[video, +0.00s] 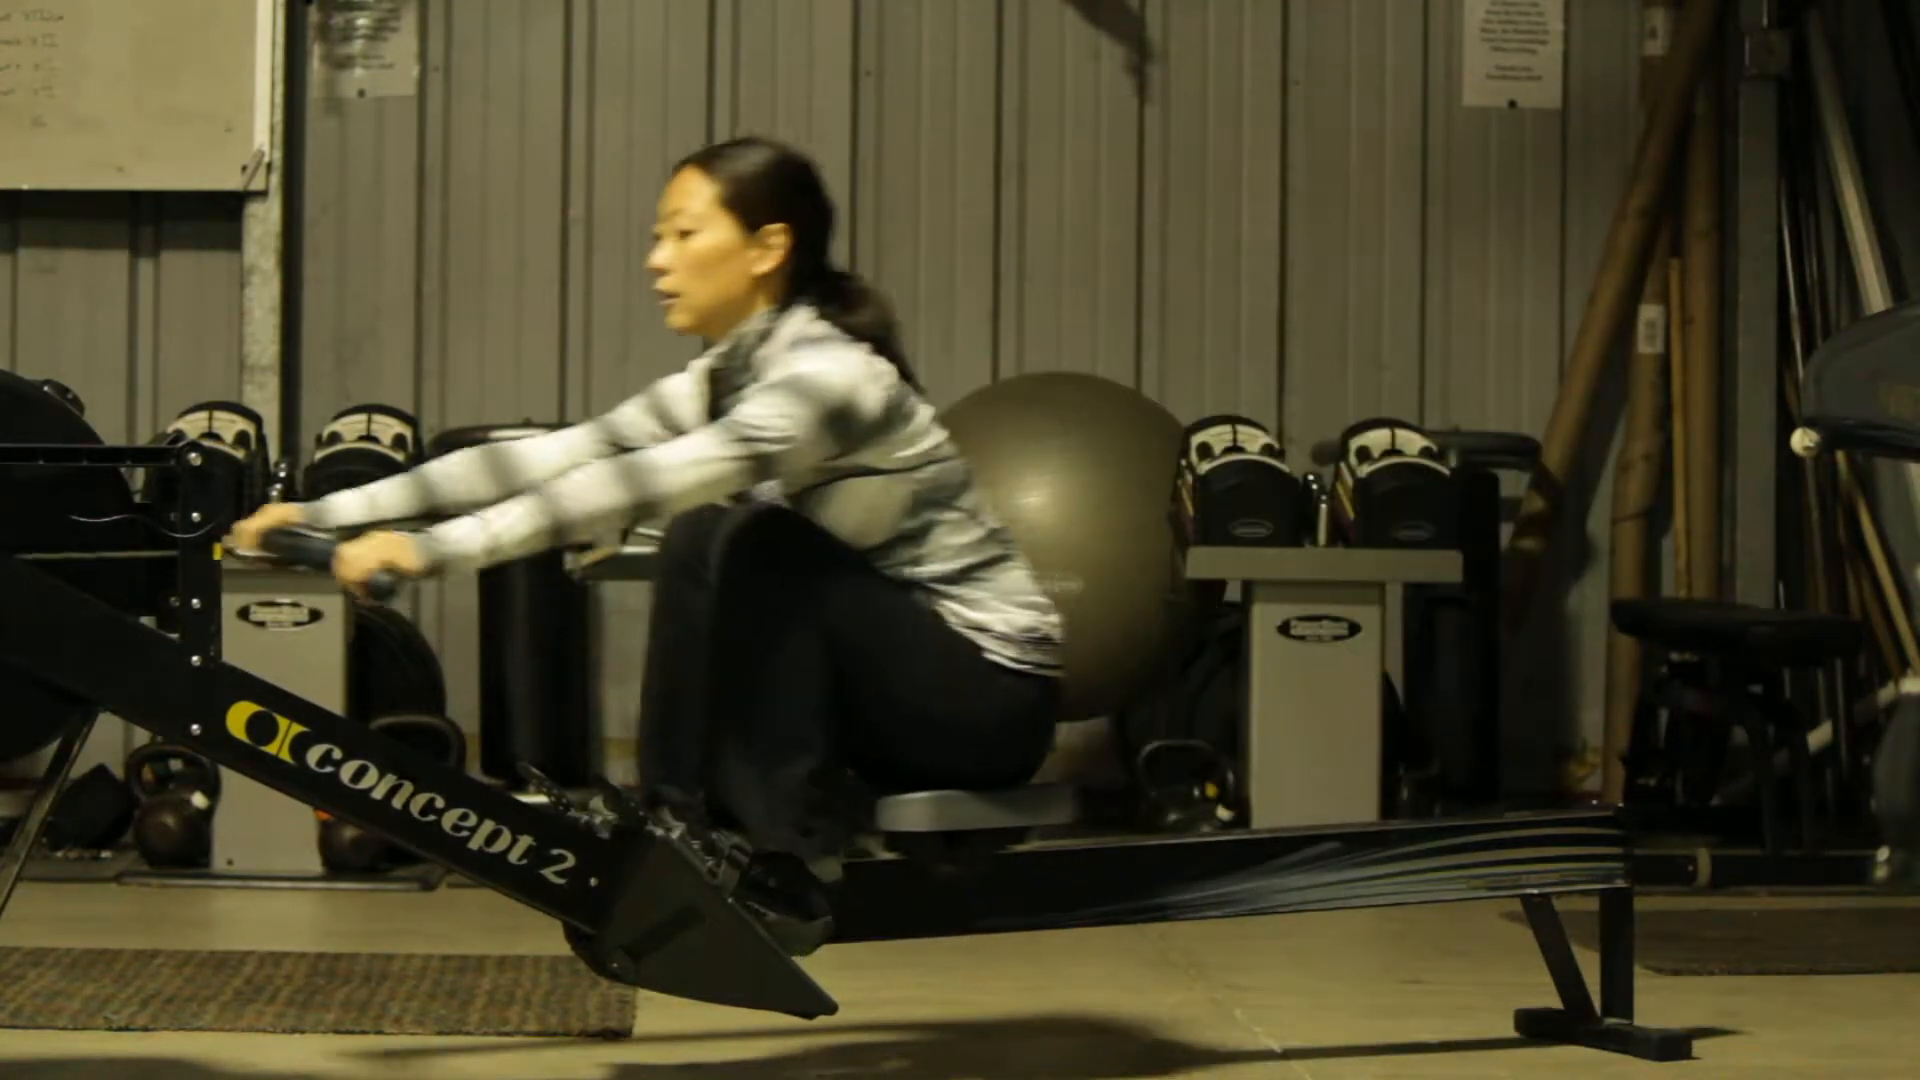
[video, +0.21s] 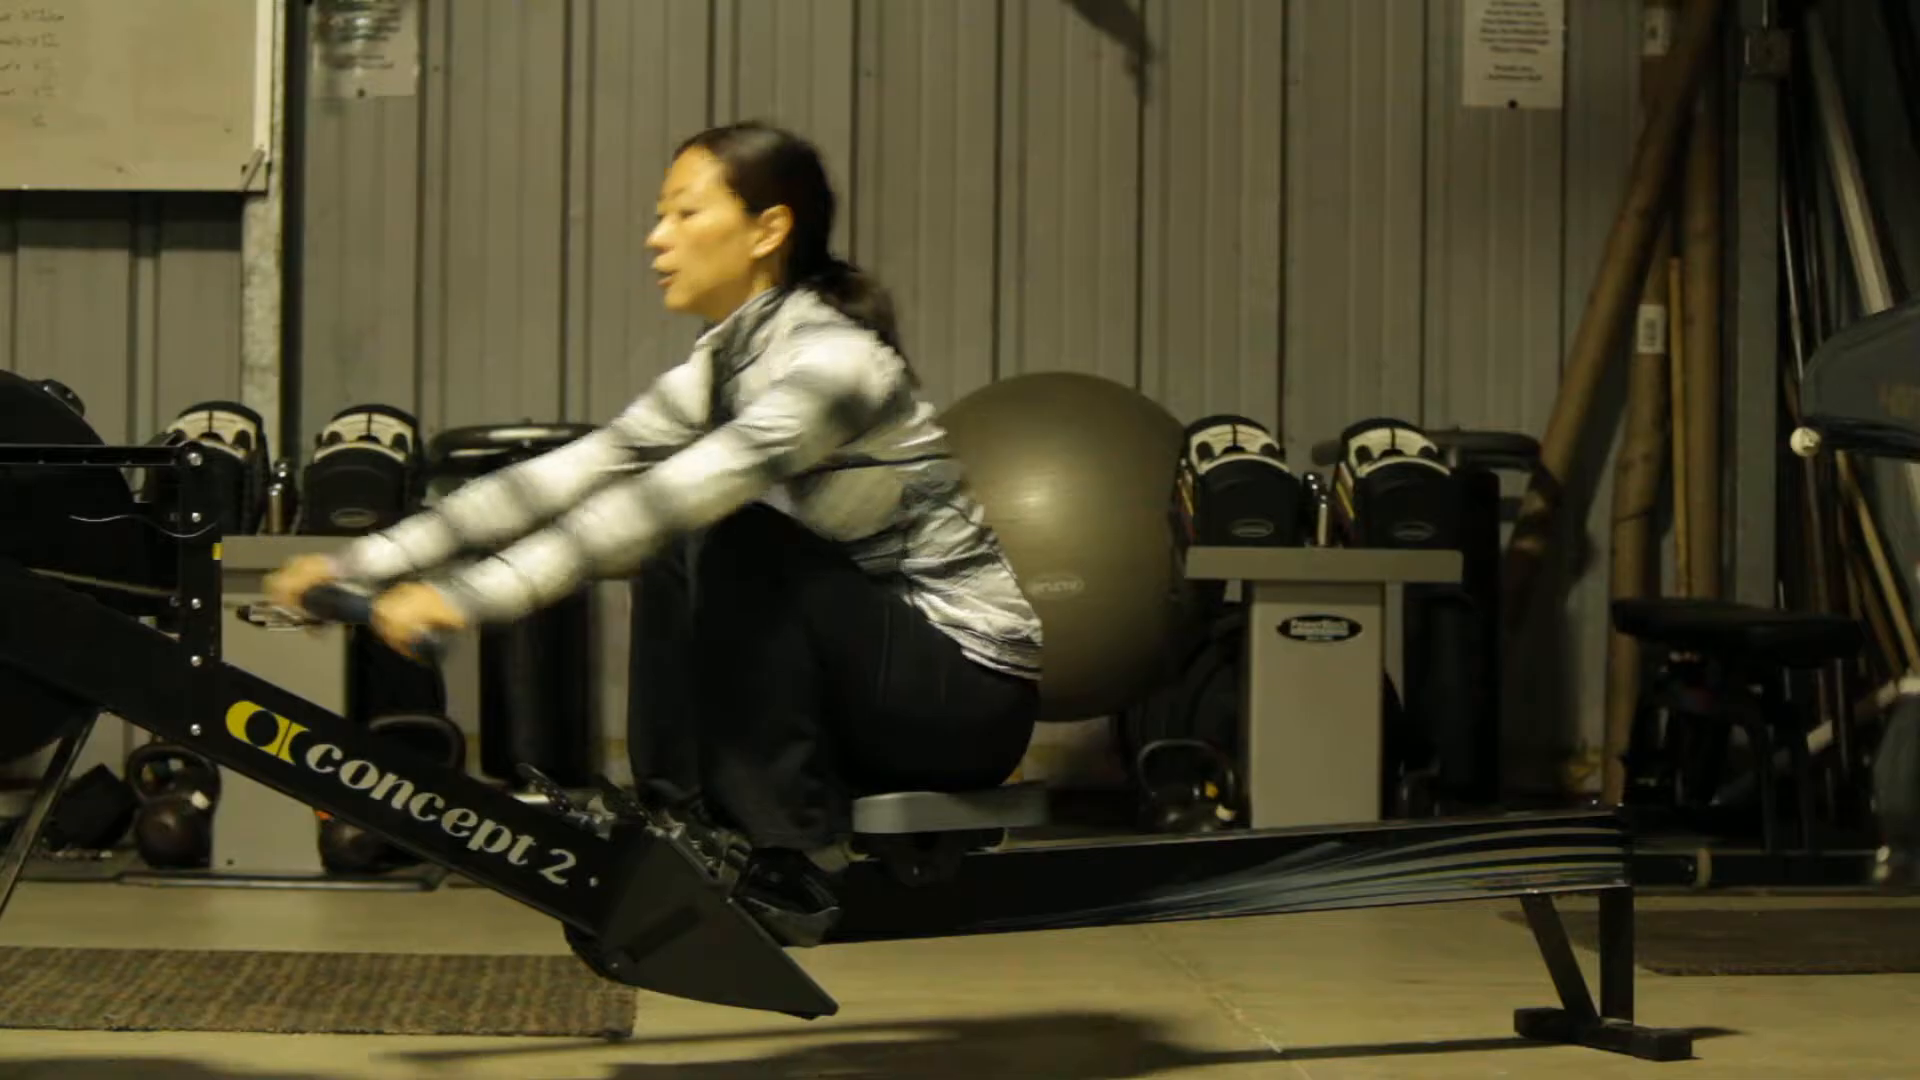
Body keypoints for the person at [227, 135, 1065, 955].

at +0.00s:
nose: (655, 262)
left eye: (682, 236)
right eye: (661, 238)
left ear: (770, 249)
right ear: (742, 254)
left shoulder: (827, 368)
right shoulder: (719, 382)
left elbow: (658, 481)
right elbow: (548, 458)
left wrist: (436, 549)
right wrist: (321, 515)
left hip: (989, 694)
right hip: (896, 689)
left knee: (761, 543)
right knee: (696, 543)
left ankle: (782, 865)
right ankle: (691, 842)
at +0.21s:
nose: (655, 240)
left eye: (684, 213)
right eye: (662, 215)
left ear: (769, 231)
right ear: (746, 237)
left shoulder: (830, 357)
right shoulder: (718, 366)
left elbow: (669, 502)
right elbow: (575, 472)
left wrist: (476, 595)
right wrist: (369, 560)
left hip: (969, 689)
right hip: (883, 680)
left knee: (747, 541)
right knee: (666, 551)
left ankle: (788, 864)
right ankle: (685, 833)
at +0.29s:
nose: (716, 212)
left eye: (748, 187)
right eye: (722, 190)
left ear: (834, 209)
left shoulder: (883, 344)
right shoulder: (776, 347)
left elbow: (737, 514)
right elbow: (632, 480)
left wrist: (561, 620)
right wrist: (441, 585)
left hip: (981, 692)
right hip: (888, 683)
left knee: (774, 554)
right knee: (698, 561)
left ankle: (789, 862)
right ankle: (683, 835)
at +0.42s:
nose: (856, 188)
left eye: (888, 163)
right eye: (862, 164)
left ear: (978, 185)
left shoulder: (1015, 322)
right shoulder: (907, 324)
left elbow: (874, 482)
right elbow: (765, 463)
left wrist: (693, 571)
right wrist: (577, 552)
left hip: (1044, 691)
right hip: (965, 677)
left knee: (838, 567)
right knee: (747, 566)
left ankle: (777, 853)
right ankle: (687, 831)